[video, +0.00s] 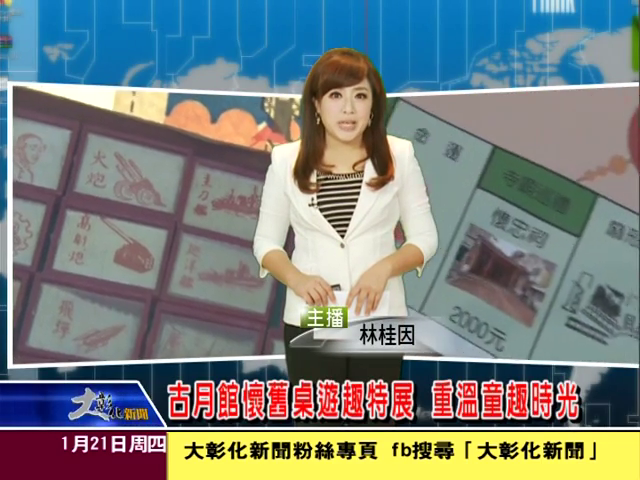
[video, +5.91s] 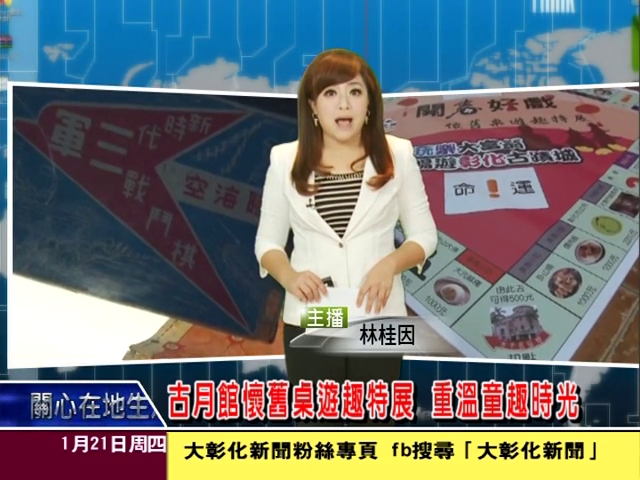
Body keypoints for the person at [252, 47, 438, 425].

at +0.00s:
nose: (348, 108)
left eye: (360, 96)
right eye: (335, 96)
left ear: (374, 104)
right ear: (316, 104)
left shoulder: (397, 156)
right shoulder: (288, 160)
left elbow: (425, 239)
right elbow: (265, 243)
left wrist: (384, 267)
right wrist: (297, 279)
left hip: (379, 324)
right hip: (309, 323)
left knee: (376, 440)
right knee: (315, 439)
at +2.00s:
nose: (343, 105)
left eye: (354, 93)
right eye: (330, 94)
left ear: (369, 102)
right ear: (311, 104)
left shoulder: (395, 155)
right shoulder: (285, 159)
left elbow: (422, 236)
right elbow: (264, 241)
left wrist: (388, 265)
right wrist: (288, 275)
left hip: (376, 325)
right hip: (307, 324)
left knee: (375, 443)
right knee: (314, 442)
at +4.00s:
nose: (347, 102)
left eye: (358, 91)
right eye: (334, 91)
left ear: (370, 102)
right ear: (313, 103)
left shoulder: (395, 155)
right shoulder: (286, 159)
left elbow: (423, 236)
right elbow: (267, 242)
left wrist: (389, 265)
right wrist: (290, 274)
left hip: (377, 325)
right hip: (308, 324)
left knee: (375, 441)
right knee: (314, 440)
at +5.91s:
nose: (344, 105)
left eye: (355, 92)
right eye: (330, 94)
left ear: (370, 102)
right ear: (312, 105)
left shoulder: (395, 155)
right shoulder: (287, 160)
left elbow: (424, 236)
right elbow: (267, 242)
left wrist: (390, 264)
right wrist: (291, 276)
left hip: (378, 325)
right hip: (308, 324)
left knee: (376, 440)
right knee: (313, 439)